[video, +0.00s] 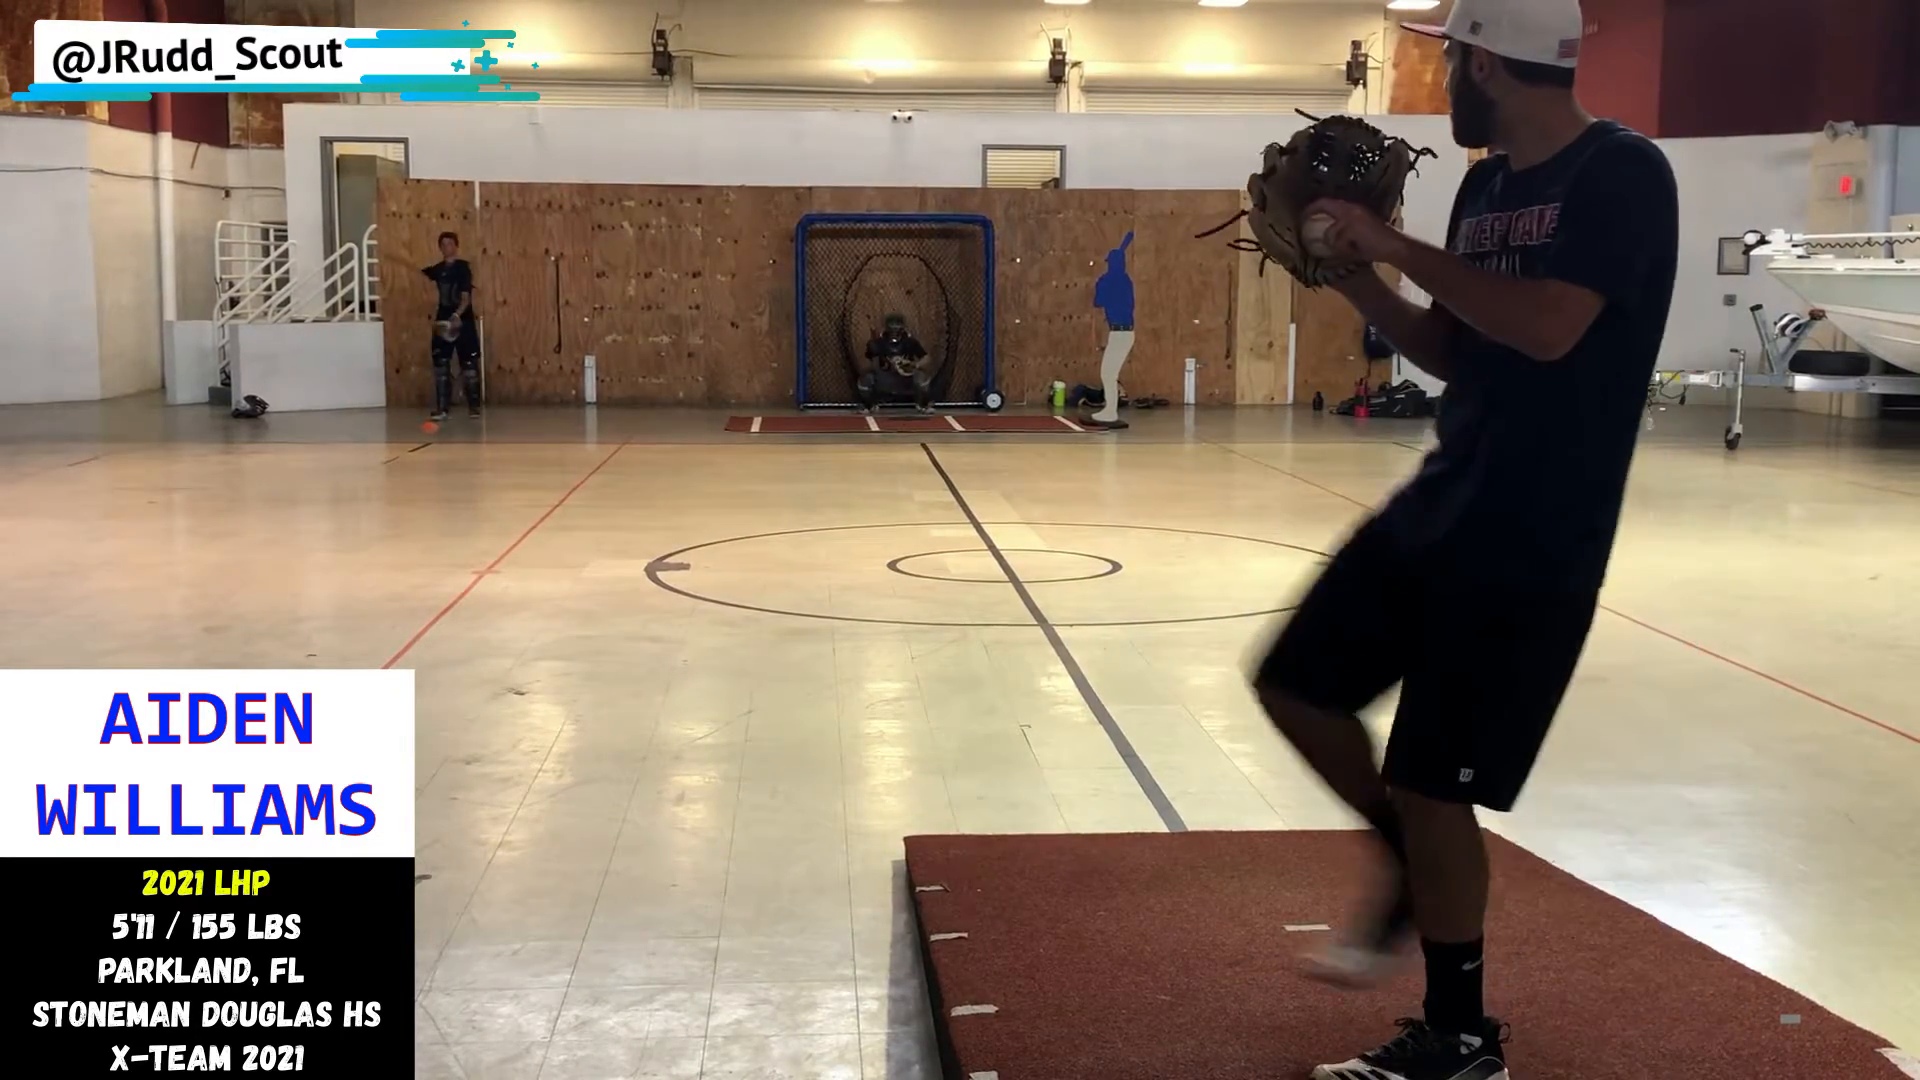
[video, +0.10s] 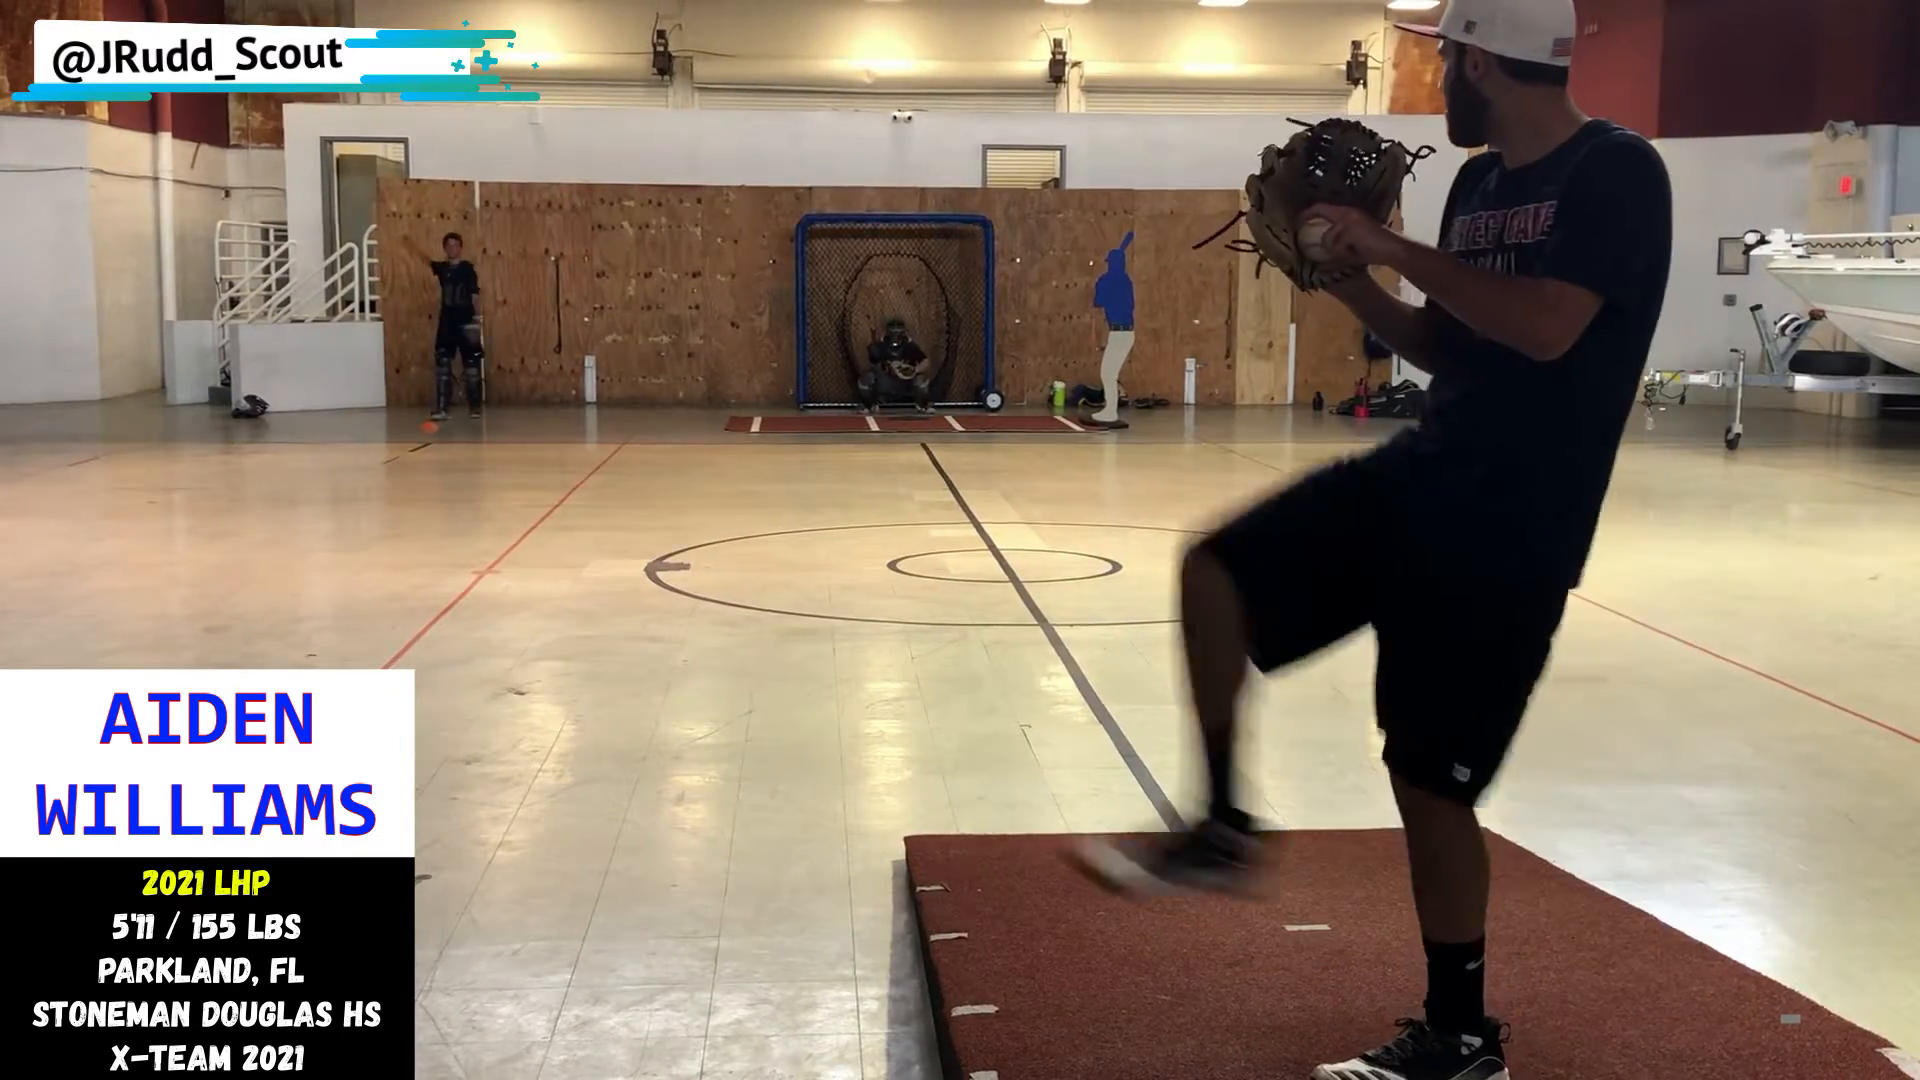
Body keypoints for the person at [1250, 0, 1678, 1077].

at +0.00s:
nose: (1445, 85)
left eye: (1452, 59)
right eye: (1446, 62)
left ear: (1489, 60)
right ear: (1526, 62)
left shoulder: (1624, 171)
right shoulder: (1485, 185)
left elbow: (1547, 326)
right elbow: (1452, 354)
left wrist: (1391, 243)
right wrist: (1352, 277)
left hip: (1539, 533)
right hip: (1446, 504)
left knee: (1429, 778)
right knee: (1296, 685)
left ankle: (1457, 1028)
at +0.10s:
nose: (1440, 79)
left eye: (1446, 55)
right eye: (1442, 57)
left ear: (1483, 58)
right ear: (1517, 61)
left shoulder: (1620, 172)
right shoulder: (1476, 183)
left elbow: (1547, 325)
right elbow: (1441, 344)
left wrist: (1390, 245)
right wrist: (1342, 278)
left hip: (1514, 526)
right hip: (1421, 483)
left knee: (1430, 771)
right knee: (1215, 575)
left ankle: (1457, 1030)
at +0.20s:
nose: (1431, 81)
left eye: (1439, 58)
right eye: (1433, 59)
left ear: (1475, 60)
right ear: (1513, 63)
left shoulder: (1608, 174)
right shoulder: (1463, 184)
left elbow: (1538, 326)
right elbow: (1421, 343)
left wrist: (1383, 250)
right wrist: (1334, 280)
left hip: (1488, 522)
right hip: (1398, 470)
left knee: (1425, 762)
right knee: (1179, 451)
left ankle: (1458, 1031)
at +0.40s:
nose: (1395, 84)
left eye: (1400, 64)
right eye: (1397, 66)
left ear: (1428, 69)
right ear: (1468, 72)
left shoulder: (1568, 181)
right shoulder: (1418, 187)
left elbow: (1513, 335)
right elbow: (1381, 349)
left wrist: (1359, 259)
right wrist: (1307, 273)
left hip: (1447, 510)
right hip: (1363, 457)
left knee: (1401, 766)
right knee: (1195, 292)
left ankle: (1457, 1030)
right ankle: (1133, 539)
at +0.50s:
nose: (1363, 97)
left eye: (1372, 78)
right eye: (1365, 78)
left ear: (1411, 83)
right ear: (1423, 85)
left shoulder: (1541, 191)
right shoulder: (1395, 197)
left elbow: (1500, 353)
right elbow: (1371, 360)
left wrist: (1349, 281)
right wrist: (1292, 300)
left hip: (1431, 520)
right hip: (1348, 470)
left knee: (1371, 772)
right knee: (1181, 324)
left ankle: (1451, 1031)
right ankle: (1248, 573)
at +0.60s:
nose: (1336, 122)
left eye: (1347, 105)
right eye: (1339, 103)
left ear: (1383, 110)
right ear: (1410, 109)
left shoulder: (1515, 218)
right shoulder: (1365, 215)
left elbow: (1500, 395)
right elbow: (1340, 352)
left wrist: (1335, 355)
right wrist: (1270, 332)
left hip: (1438, 532)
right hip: (1349, 488)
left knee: (1342, 770)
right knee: (1149, 465)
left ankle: (1448, 1027)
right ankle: (1230, 690)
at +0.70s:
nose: (1307, 180)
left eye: (1317, 164)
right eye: (1309, 162)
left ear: (1356, 174)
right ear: (1381, 172)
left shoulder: (1492, 279)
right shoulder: (1333, 268)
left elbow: (1501, 453)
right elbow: (1262, 377)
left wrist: (1332, 520)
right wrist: (1176, 460)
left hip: (1441, 556)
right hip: (1341, 528)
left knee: (1325, 778)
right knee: (1147, 606)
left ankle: (1444, 1029)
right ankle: (1163, 828)